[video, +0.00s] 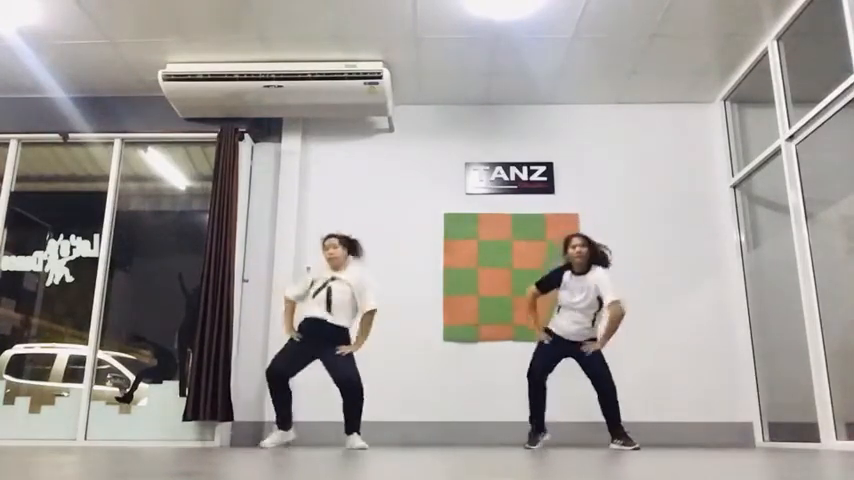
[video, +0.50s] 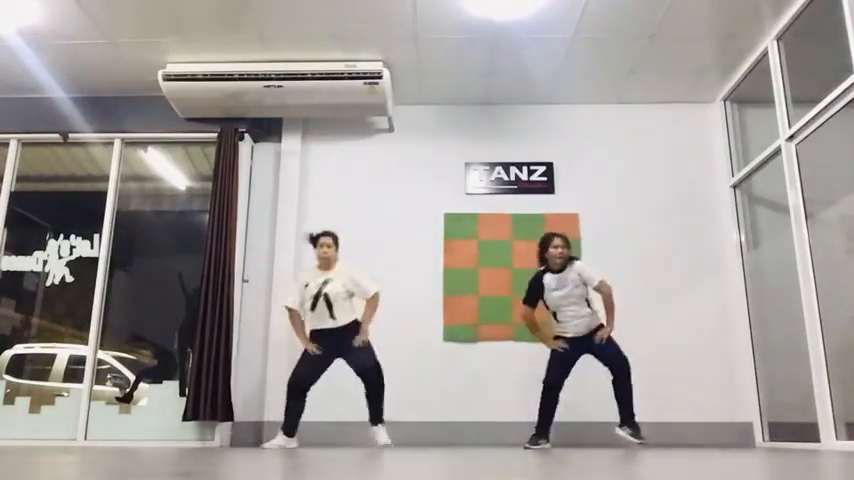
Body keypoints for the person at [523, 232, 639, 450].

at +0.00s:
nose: (578, 250)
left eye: (582, 246)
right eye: (573, 247)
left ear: (590, 251)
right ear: (567, 253)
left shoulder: (598, 277)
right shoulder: (560, 275)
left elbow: (617, 312)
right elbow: (532, 294)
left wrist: (601, 343)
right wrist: (538, 327)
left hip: (585, 343)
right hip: (555, 339)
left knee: (606, 386)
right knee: (535, 376)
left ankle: (617, 434)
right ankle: (537, 430)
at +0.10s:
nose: (572, 258)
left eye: (576, 254)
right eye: (567, 254)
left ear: (583, 259)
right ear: (560, 260)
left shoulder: (591, 285)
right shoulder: (555, 283)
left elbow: (610, 319)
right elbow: (529, 304)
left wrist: (598, 348)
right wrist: (535, 334)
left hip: (581, 348)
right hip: (552, 345)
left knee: (604, 385)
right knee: (535, 381)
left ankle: (618, 435)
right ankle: (539, 434)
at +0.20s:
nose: (566, 260)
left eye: (571, 256)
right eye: (561, 257)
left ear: (578, 261)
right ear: (555, 263)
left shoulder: (587, 286)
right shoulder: (552, 285)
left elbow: (604, 320)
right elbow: (527, 306)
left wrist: (597, 349)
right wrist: (534, 336)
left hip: (580, 350)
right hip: (552, 348)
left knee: (604, 386)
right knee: (533, 383)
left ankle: (618, 435)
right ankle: (539, 435)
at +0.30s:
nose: (562, 259)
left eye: (566, 255)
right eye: (556, 256)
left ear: (573, 260)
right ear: (550, 262)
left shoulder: (583, 283)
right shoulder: (547, 287)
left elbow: (603, 314)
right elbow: (524, 312)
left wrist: (599, 347)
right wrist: (537, 341)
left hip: (583, 350)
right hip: (554, 350)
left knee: (607, 385)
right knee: (534, 383)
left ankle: (619, 435)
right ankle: (539, 435)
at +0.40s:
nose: (558, 253)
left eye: (562, 249)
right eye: (553, 250)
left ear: (568, 254)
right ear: (545, 256)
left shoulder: (578, 274)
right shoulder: (541, 282)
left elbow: (604, 300)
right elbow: (522, 312)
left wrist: (604, 335)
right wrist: (537, 340)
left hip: (589, 342)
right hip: (559, 345)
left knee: (614, 378)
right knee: (542, 382)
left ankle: (623, 432)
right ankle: (540, 435)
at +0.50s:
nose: (559, 252)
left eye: (563, 247)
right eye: (554, 247)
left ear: (568, 251)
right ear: (544, 252)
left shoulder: (578, 269)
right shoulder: (540, 280)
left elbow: (605, 290)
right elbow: (527, 314)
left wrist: (609, 326)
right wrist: (546, 341)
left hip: (594, 334)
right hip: (566, 340)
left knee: (621, 367)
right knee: (551, 383)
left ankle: (628, 424)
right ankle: (541, 434)